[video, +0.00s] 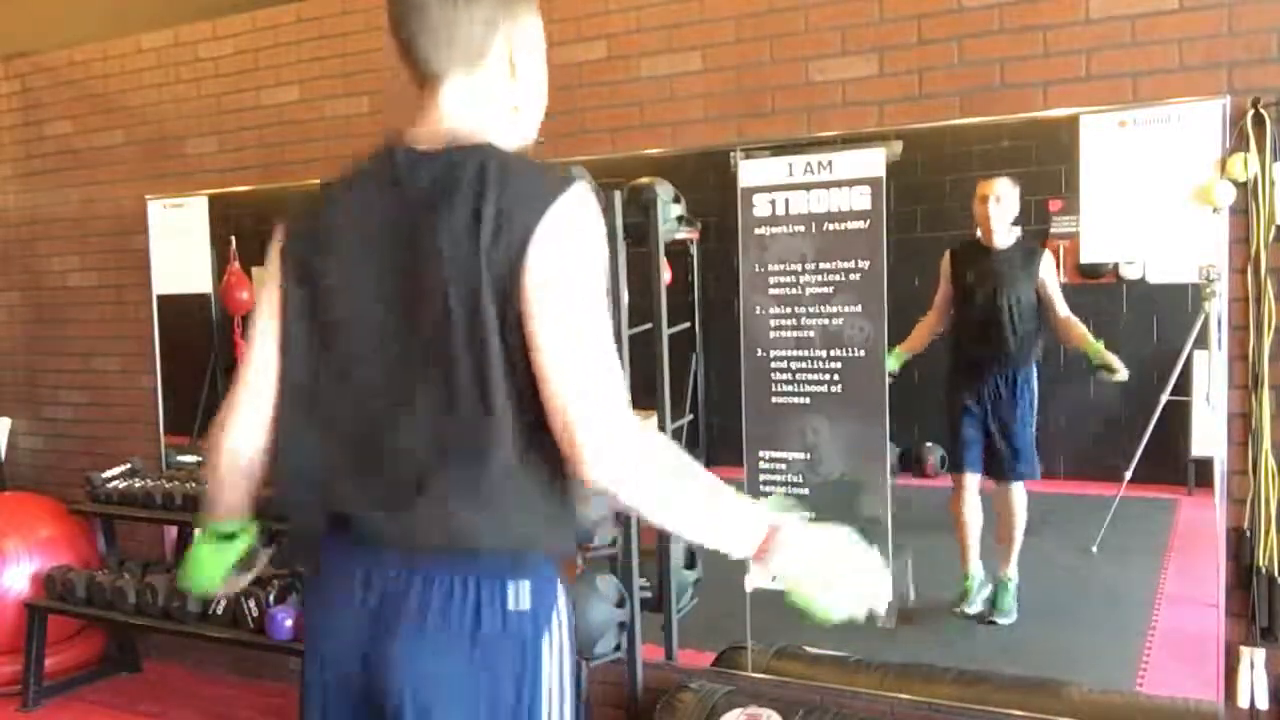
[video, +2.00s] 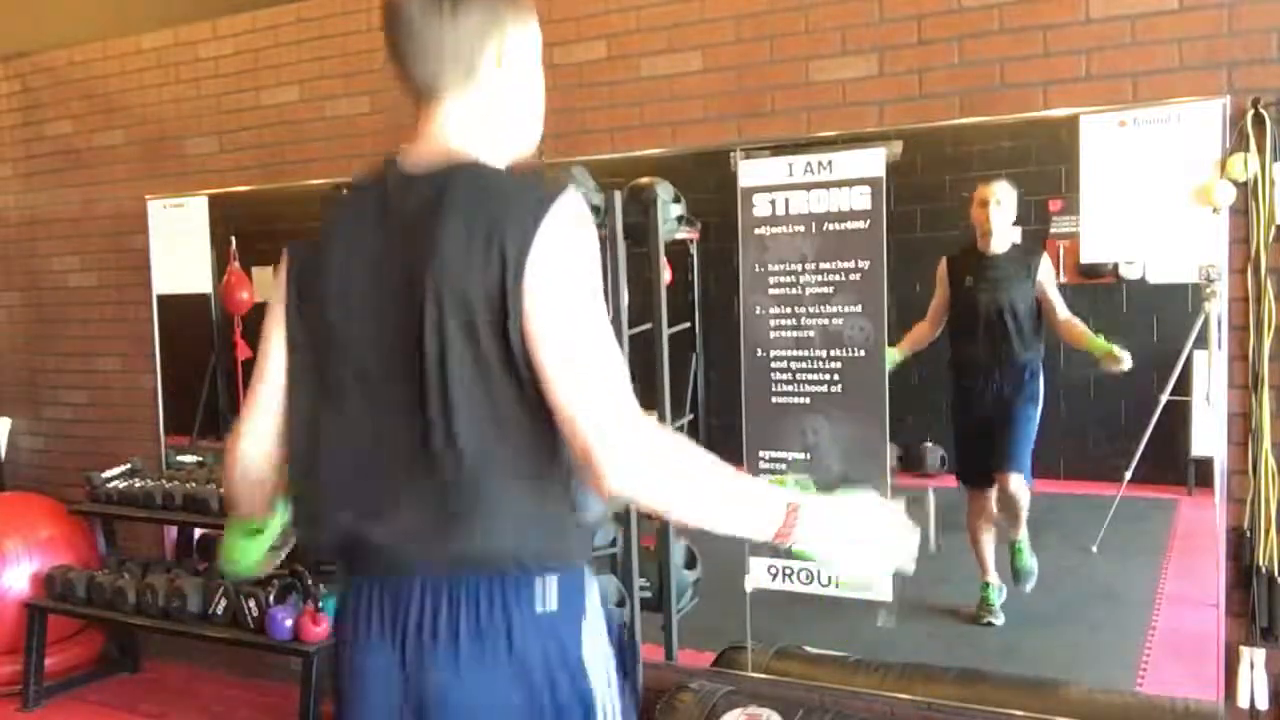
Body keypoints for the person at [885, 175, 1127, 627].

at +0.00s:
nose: (990, 208)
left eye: (999, 200)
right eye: (983, 200)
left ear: (1017, 208)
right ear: (973, 208)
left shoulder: (1038, 260)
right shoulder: (956, 258)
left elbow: (1062, 319)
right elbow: (936, 318)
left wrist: (1095, 351)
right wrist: (898, 354)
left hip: (1015, 381)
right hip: (966, 379)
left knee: (1010, 483)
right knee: (965, 482)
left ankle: (1007, 580)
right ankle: (972, 579)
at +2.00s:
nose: (988, 213)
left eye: (997, 204)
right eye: (982, 204)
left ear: (1014, 213)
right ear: (971, 212)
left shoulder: (1034, 263)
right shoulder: (953, 266)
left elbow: (1062, 320)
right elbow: (932, 323)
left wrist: (1099, 347)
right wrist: (897, 352)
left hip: (1021, 382)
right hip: (971, 383)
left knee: (1011, 484)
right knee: (979, 494)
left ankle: (1017, 543)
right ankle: (989, 585)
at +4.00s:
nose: (980, 211)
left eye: (990, 203)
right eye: (974, 203)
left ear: (1007, 210)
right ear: (964, 209)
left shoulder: (1026, 261)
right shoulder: (947, 257)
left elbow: (1051, 316)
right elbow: (930, 316)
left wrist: (1083, 347)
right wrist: (892, 350)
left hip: (1015, 379)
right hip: (965, 379)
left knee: (1006, 481)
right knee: (973, 485)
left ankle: (1002, 585)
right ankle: (983, 581)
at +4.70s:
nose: (996, 237)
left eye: (1006, 229)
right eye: (988, 228)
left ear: (1021, 235)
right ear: (978, 234)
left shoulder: (1043, 285)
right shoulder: (961, 287)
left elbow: (1085, 332)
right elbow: (920, 334)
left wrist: (1126, 369)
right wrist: (873, 351)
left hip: (1018, 406)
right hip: (968, 404)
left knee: (1012, 503)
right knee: (960, 493)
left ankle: (1009, 589)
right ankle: (970, 589)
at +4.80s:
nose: (995, 211)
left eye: (1005, 203)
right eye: (989, 203)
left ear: (1020, 210)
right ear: (979, 209)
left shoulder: (1039, 259)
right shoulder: (963, 260)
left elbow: (1036, 319)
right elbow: (950, 318)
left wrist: (1006, 359)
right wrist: (966, 361)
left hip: (1015, 365)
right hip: (967, 366)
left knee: (1006, 474)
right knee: (963, 451)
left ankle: (1007, 570)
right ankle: (977, 551)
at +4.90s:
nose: (995, 206)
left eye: (1004, 198)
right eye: (988, 198)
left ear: (1019, 206)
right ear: (979, 205)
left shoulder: (1036, 254)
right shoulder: (960, 257)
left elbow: (1006, 303)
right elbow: (976, 320)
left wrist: (948, 320)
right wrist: (1033, 340)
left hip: (1011, 368)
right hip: (966, 367)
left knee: (997, 462)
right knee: (967, 457)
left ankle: (993, 541)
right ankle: (986, 551)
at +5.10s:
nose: (988, 236)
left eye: (996, 228)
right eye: (983, 228)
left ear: (1015, 234)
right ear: (975, 233)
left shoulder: (1033, 281)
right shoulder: (958, 281)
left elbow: (1027, 332)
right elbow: (955, 354)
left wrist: (976, 300)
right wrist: (990, 348)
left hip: (1009, 397)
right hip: (963, 395)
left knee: (999, 495)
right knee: (959, 486)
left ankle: (989, 585)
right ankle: (976, 579)